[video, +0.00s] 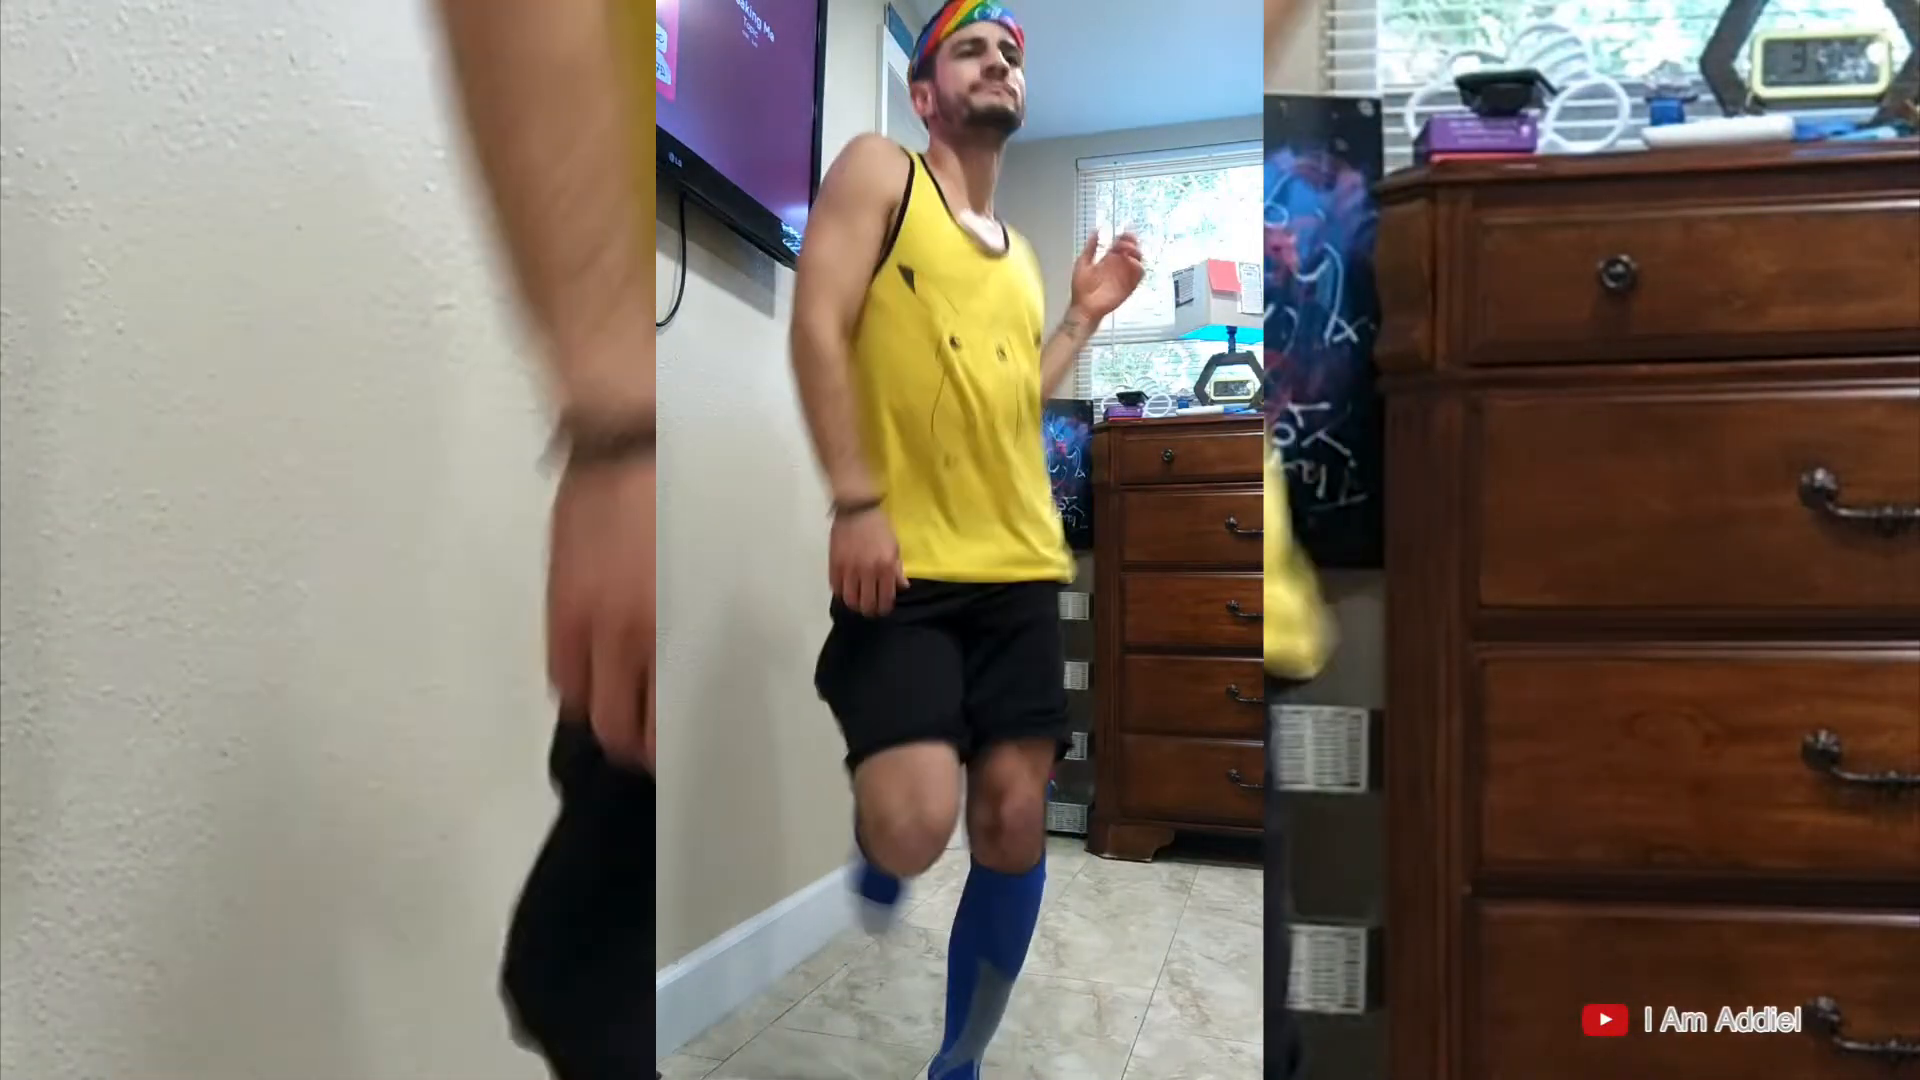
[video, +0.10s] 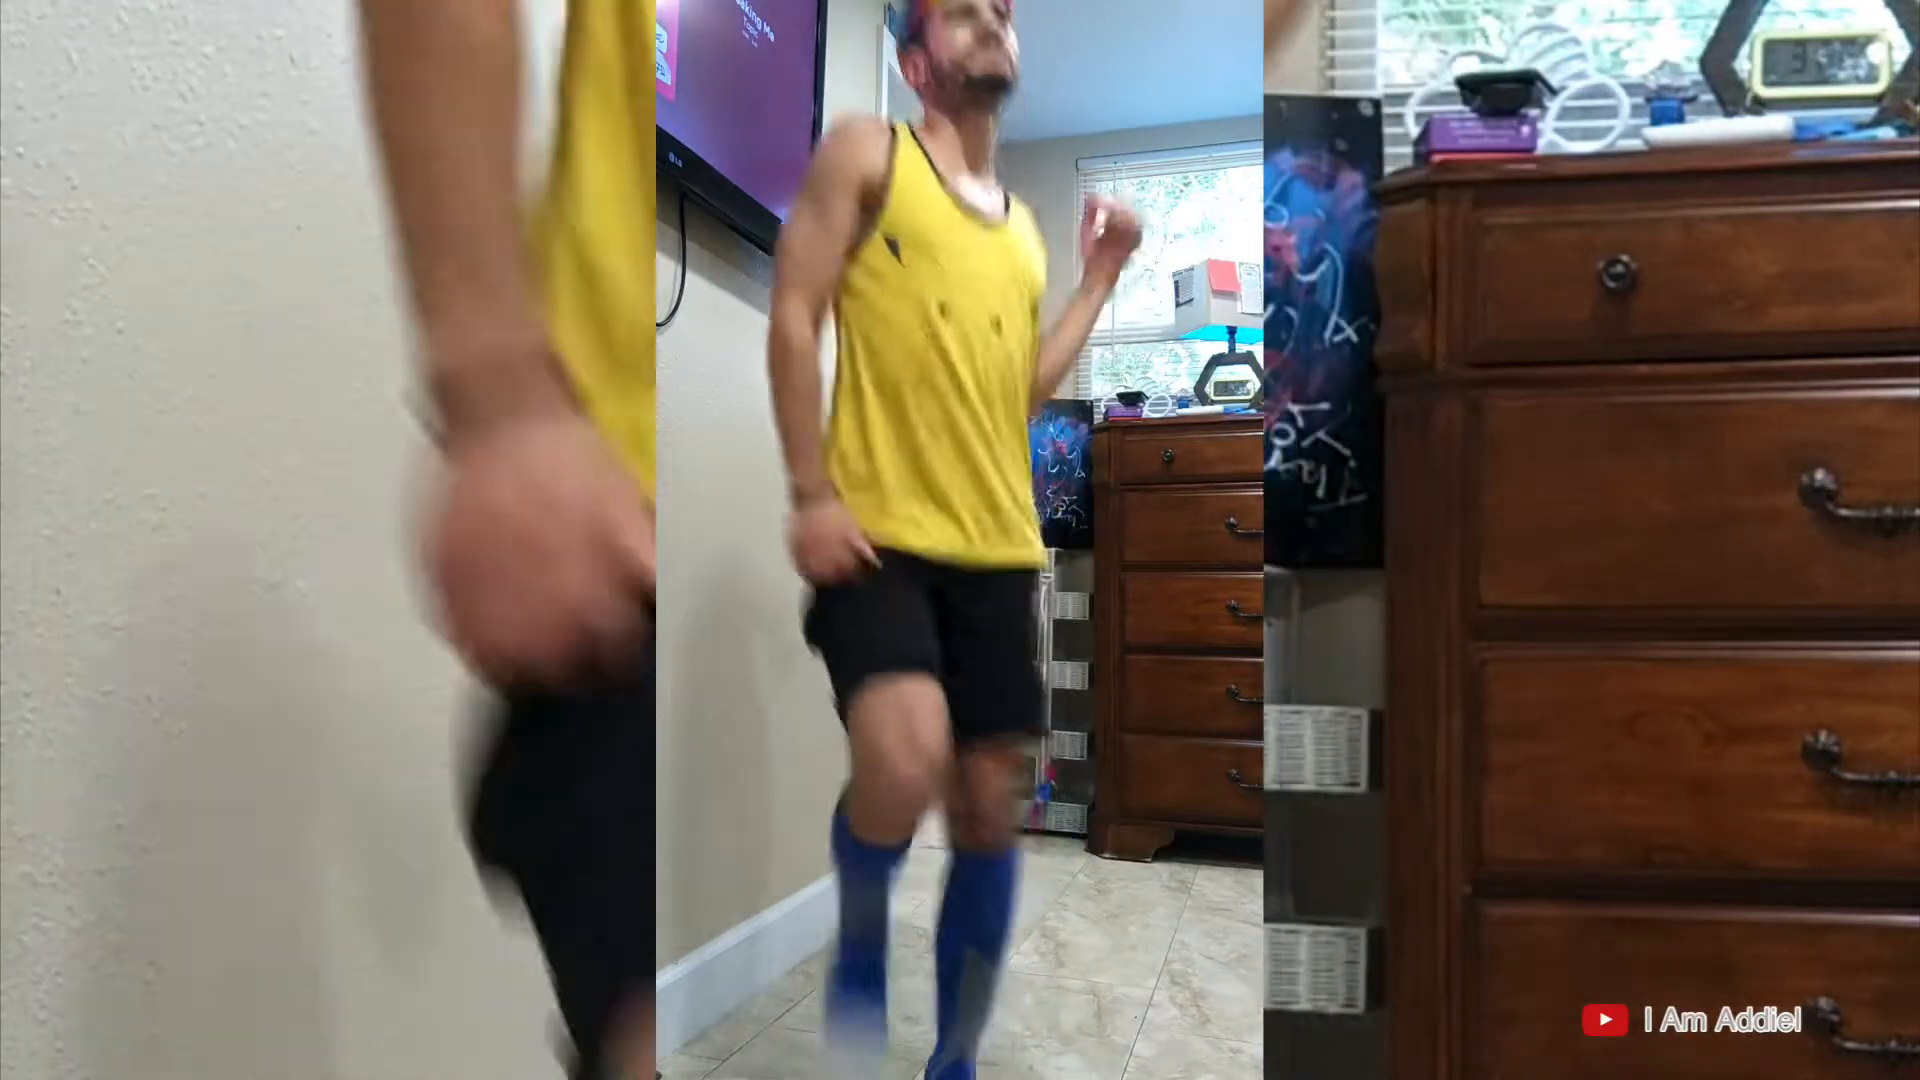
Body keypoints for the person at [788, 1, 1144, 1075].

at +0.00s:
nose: (1000, 67)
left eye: (1011, 55)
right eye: (973, 54)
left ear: (1023, 92)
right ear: (925, 90)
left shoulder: (1015, 251)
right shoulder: (878, 170)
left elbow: (1021, 398)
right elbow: (815, 328)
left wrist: (1082, 317)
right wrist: (855, 503)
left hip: (1020, 566)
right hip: (902, 561)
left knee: (1016, 820)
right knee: (915, 828)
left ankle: (958, 1065)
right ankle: (887, 845)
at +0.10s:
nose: (993, 23)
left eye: (1001, 14)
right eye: (965, 14)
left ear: (1017, 54)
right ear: (916, 59)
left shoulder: (1020, 226)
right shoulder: (866, 149)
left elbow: (1031, 383)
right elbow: (794, 313)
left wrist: (1098, 276)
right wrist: (811, 492)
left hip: (997, 543)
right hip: (876, 526)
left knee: (992, 797)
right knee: (906, 759)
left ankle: (957, 1061)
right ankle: (860, 964)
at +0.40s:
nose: (930, 7)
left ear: (960, 31)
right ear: (853, 29)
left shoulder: (995, 193)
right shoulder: (795, 158)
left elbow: (1054, 347)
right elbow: (738, 322)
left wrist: (1070, 191)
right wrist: (751, 403)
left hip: (961, 532)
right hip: (826, 519)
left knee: (970, 828)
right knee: (829, 804)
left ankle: (869, 997)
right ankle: (822, 1064)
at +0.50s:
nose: (906, 12)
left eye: (921, 5)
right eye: (879, 2)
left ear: (939, 41)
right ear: (831, 33)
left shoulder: (980, 200)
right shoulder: (774, 177)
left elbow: (1039, 363)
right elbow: (718, 368)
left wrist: (1052, 204)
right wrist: (750, 282)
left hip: (964, 548)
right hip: (814, 551)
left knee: (1022, 809)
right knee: (816, 826)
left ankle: (910, 818)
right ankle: (817, 1074)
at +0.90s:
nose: (875, 20)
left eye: (892, 5)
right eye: (847, 5)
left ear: (915, 30)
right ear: (805, 36)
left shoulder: (986, 161)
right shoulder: (780, 203)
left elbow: (1084, 299)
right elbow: (736, 351)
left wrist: (1066, 371)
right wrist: (801, 194)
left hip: (970, 507)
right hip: (837, 534)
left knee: (954, 766)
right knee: (837, 855)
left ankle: (971, 845)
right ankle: (921, 1037)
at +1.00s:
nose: (881, 65)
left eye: (898, 42)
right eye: (855, 45)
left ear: (926, 62)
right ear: (822, 72)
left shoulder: (1000, 198)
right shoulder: (791, 222)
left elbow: (1047, 349)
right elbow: (759, 350)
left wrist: (1070, 459)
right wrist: (831, 196)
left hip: (969, 539)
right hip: (825, 557)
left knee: (939, 818)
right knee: (834, 864)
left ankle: (1002, 929)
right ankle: (927, 1043)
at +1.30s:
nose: (933, 5)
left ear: (989, 38)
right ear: (872, 39)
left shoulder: (1035, 175)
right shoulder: (826, 123)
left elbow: (1026, 307)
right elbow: (790, 187)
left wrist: (1061, 309)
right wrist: (1010, 224)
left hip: (971, 558)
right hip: (828, 566)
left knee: (960, 825)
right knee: (850, 892)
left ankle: (970, 1070)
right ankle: (926, 1046)